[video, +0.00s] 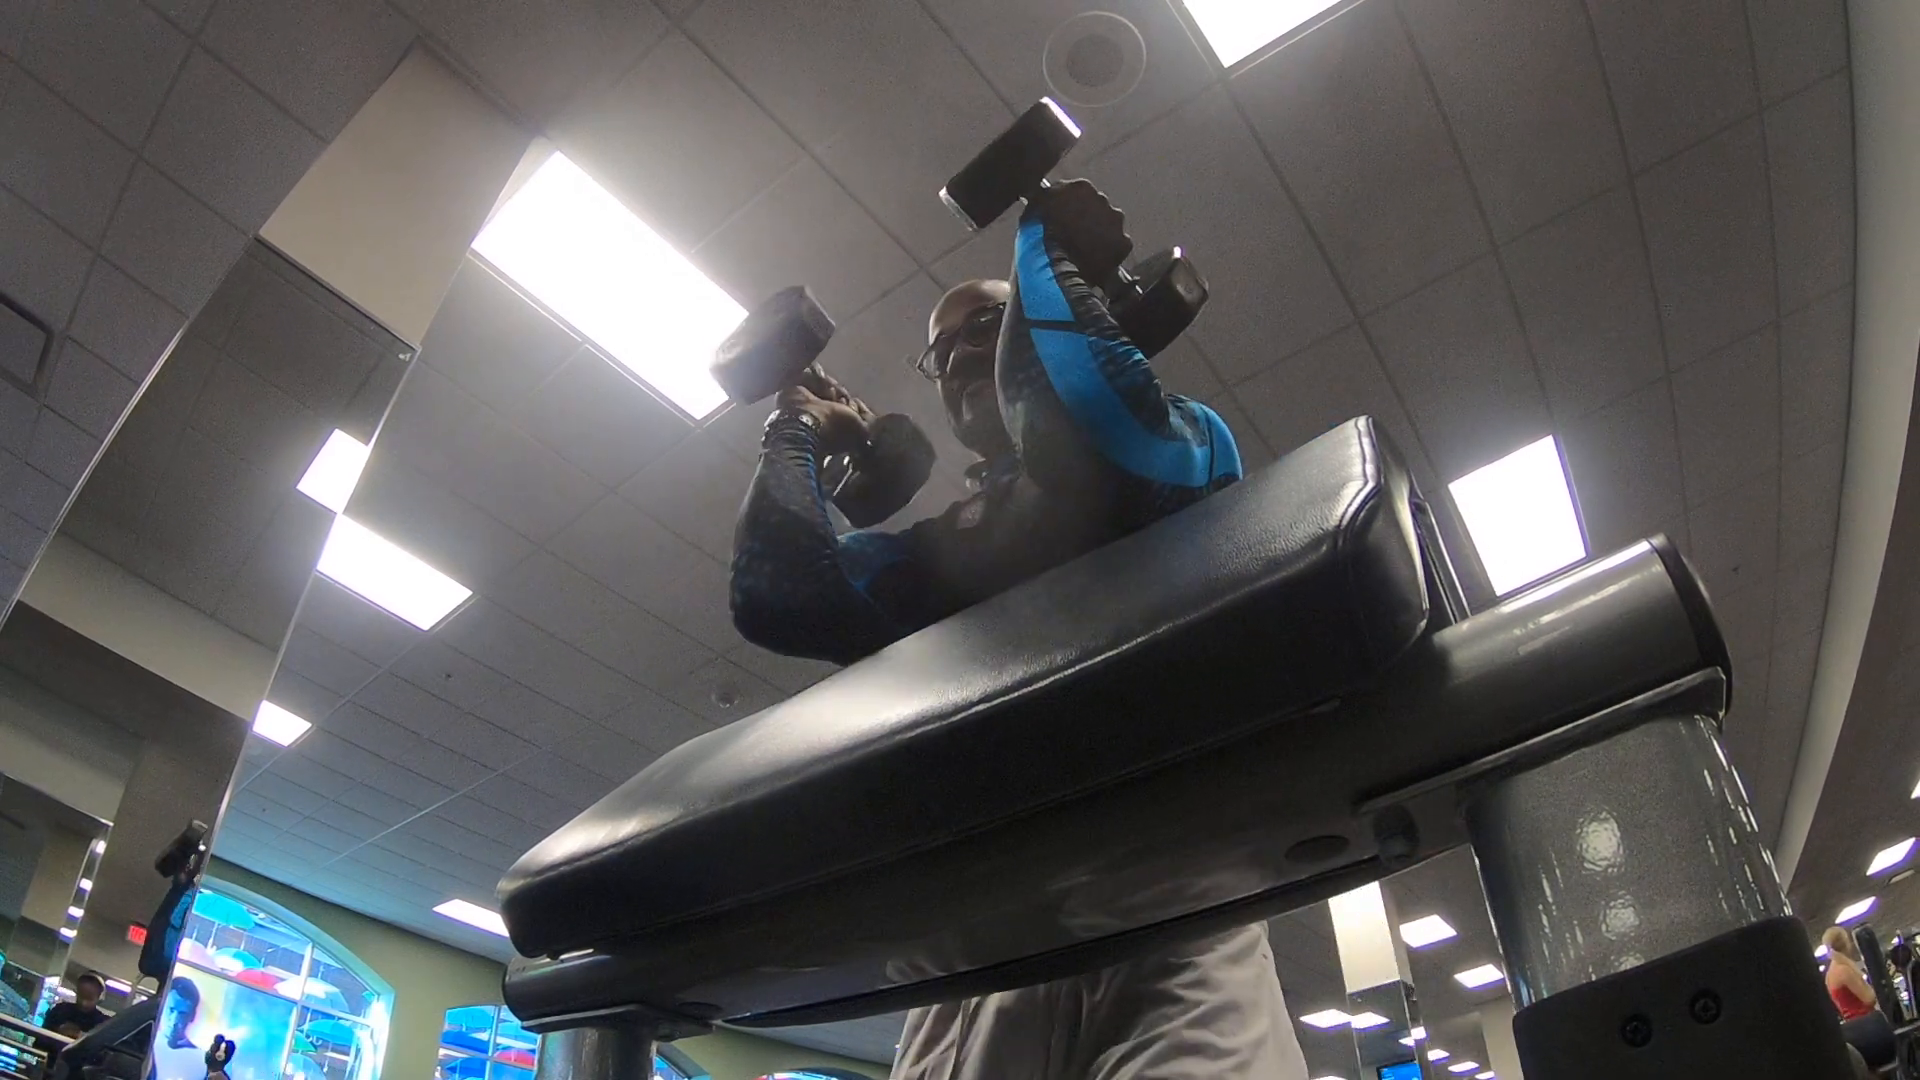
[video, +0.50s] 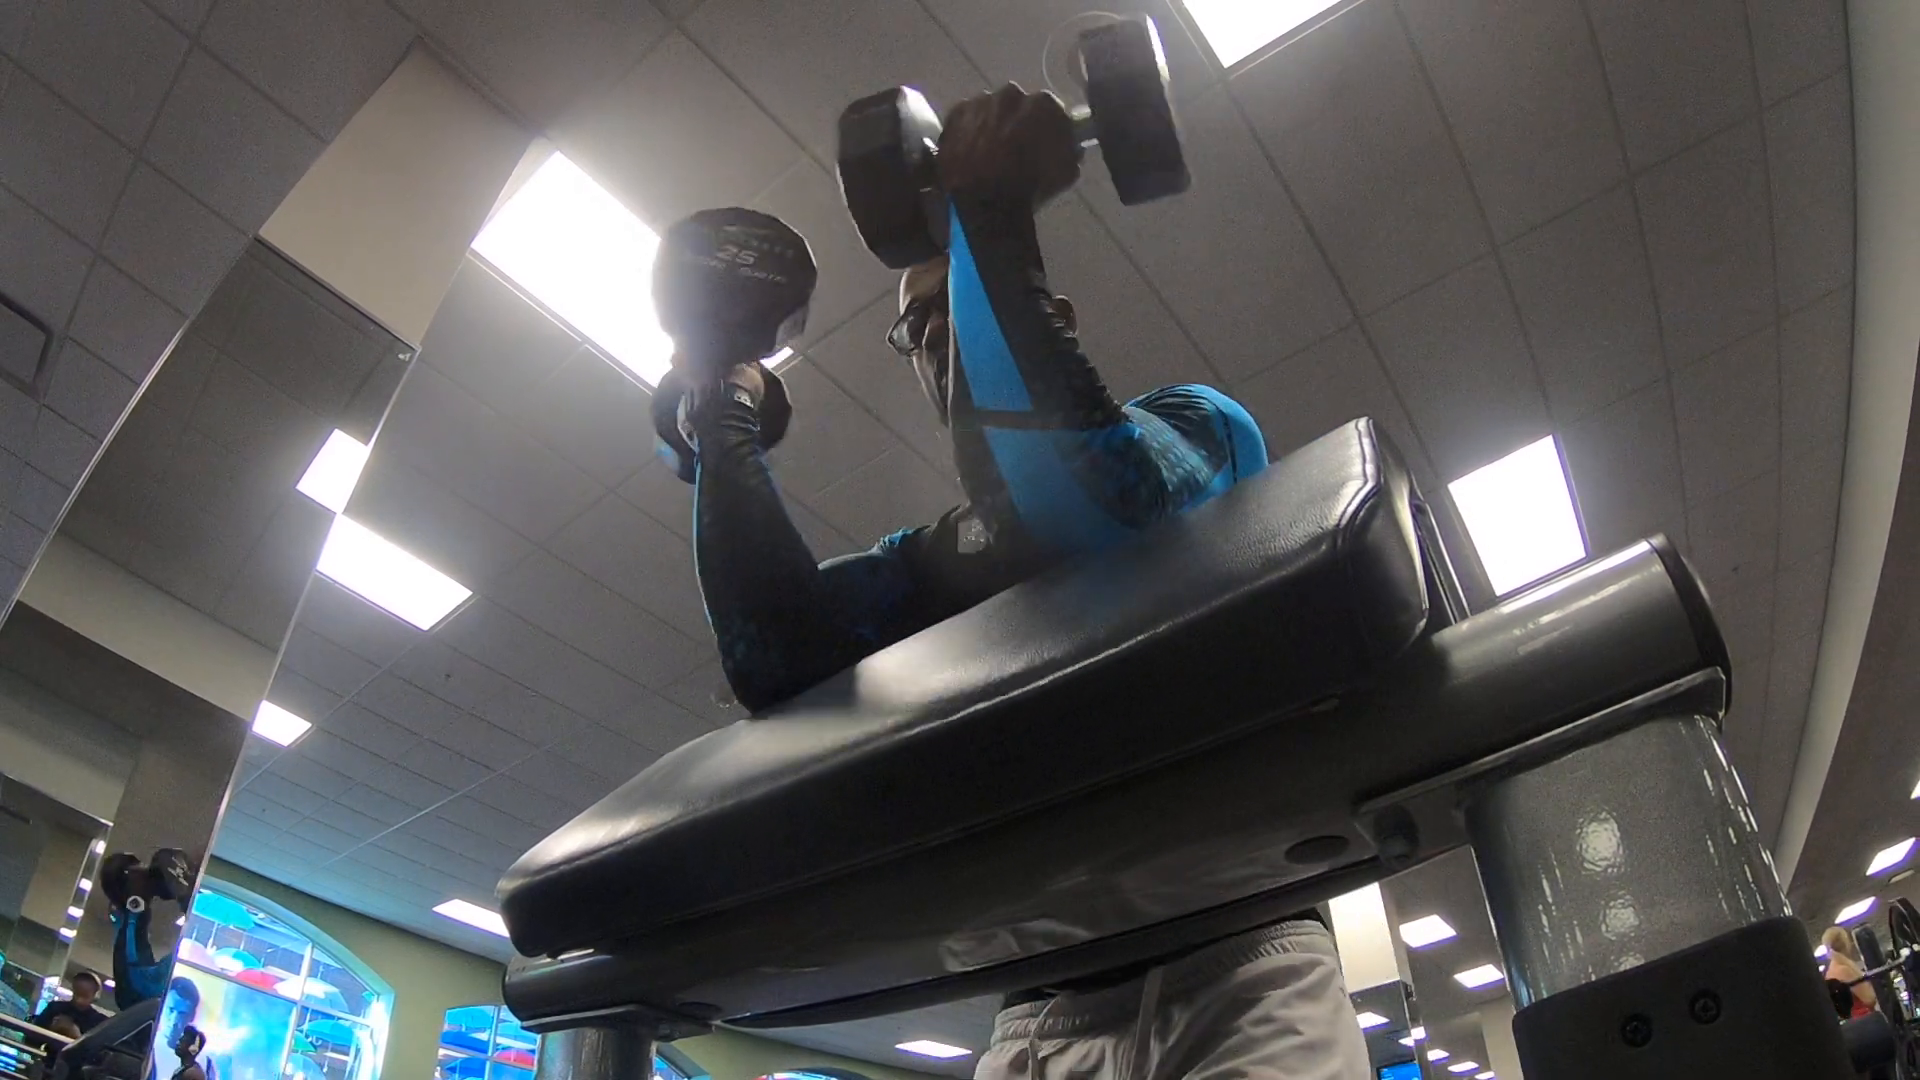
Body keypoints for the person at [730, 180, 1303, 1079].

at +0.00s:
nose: (965, 352)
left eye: (988, 326)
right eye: (943, 347)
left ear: (1047, 343)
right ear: (935, 386)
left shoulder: (1170, 474)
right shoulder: (935, 553)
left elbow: (1085, 417)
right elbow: (774, 598)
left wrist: (1049, 244)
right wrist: (795, 426)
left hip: (1186, 927)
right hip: (978, 958)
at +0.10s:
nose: (959, 349)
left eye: (980, 318)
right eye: (937, 341)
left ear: (1046, 329)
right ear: (932, 385)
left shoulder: (1178, 452)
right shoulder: (940, 550)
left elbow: (1076, 445)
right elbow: (780, 611)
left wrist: (1041, 254)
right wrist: (783, 420)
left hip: (1196, 947)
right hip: (983, 984)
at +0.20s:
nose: (951, 340)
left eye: (971, 310)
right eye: (930, 333)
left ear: (1030, 315)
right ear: (925, 372)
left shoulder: (1185, 434)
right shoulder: (937, 549)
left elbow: (1073, 453)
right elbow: (786, 632)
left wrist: (1031, 266)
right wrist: (775, 417)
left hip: (1208, 947)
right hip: (997, 991)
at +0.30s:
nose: (943, 327)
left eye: (967, 298)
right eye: (923, 320)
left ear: (1026, 308)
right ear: (922, 368)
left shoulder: (1178, 436)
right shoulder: (928, 554)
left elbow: (1089, 488)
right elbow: (790, 645)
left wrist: (1027, 260)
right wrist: (764, 427)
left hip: (1233, 941)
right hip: (1022, 997)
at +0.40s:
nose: (930, 328)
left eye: (954, 302)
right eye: (915, 316)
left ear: (1017, 314)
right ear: (921, 367)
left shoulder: (1189, 425)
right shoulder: (934, 558)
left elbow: (1080, 508)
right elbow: (790, 662)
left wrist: (1013, 243)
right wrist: (749, 425)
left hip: (1243, 945)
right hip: (1039, 999)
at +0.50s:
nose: (956, 345)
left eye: (971, 311)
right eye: (925, 328)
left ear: (1052, 319)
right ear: (913, 366)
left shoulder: (1192, 429)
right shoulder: (938, 561)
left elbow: (1075, 501)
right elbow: (773, 662)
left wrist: (991, 220)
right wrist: (717, 409)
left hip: (1252, 956)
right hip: (1050, 1006)